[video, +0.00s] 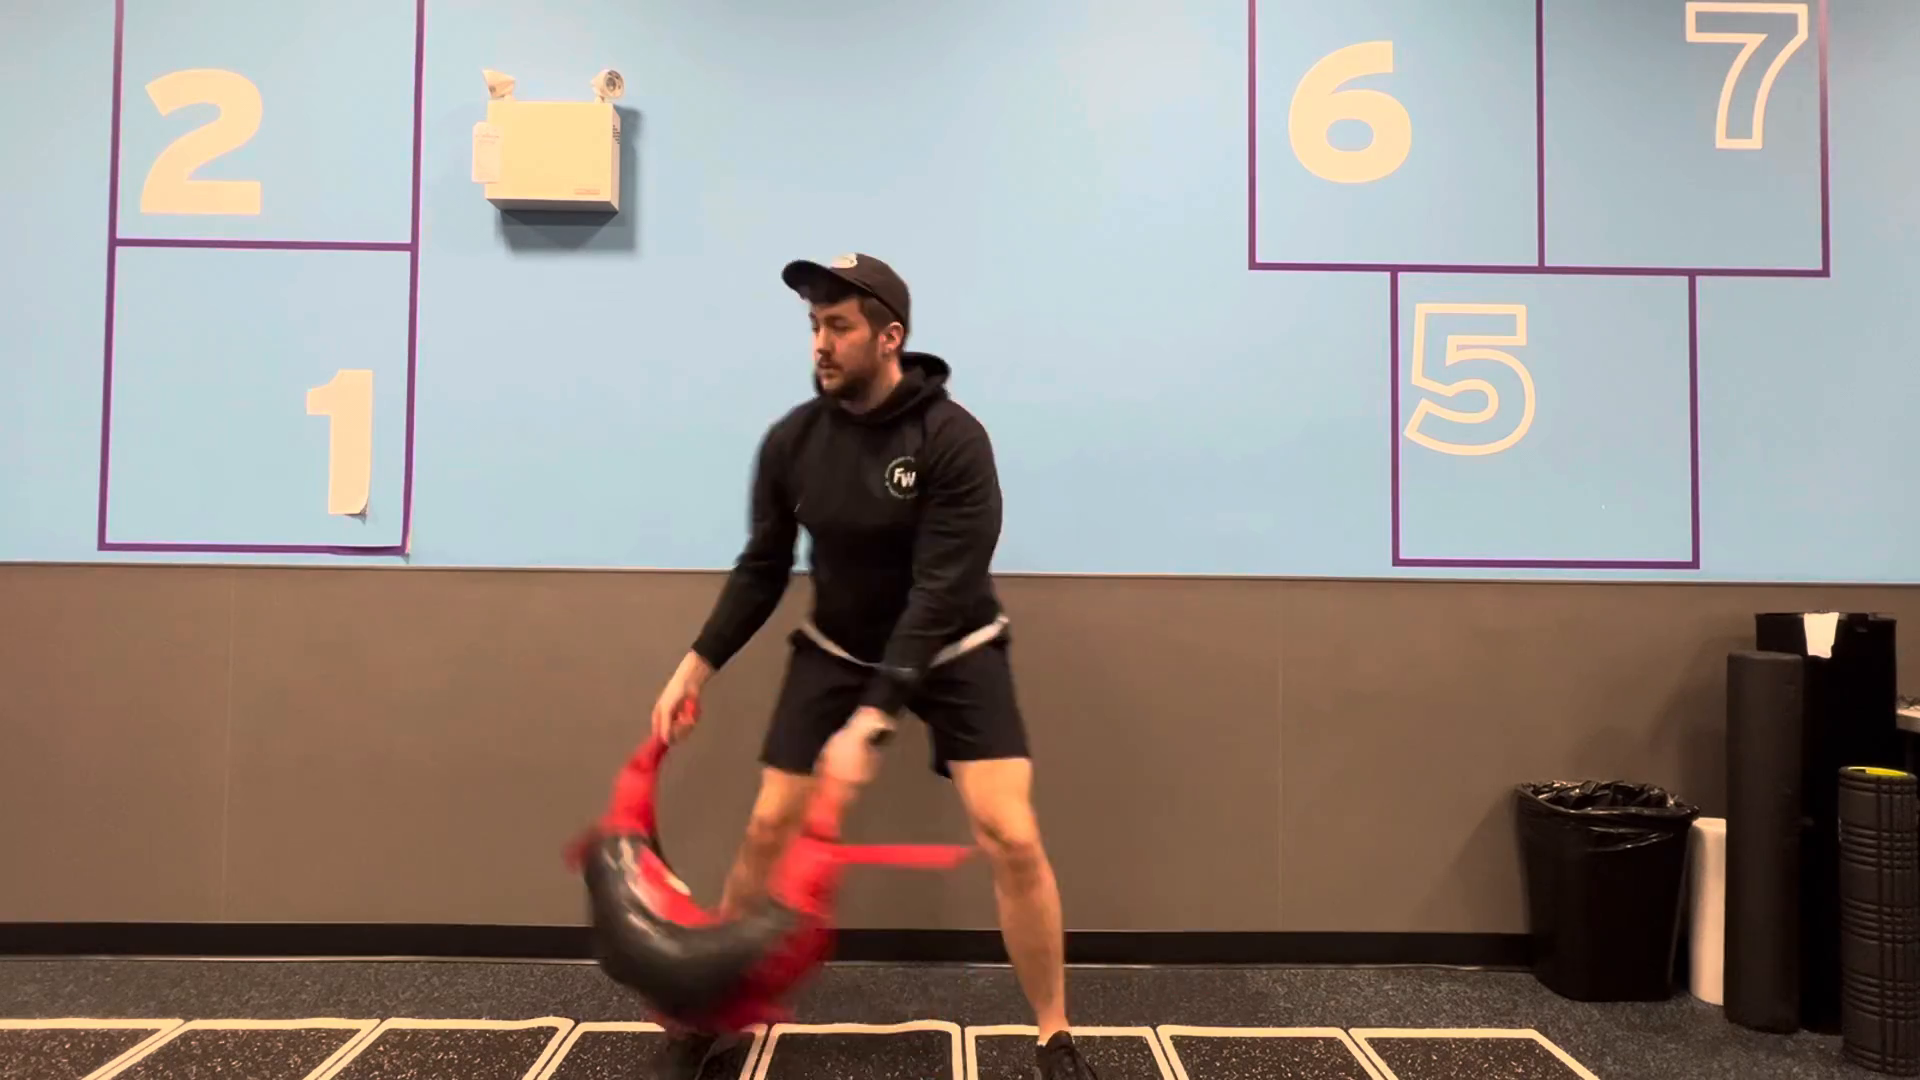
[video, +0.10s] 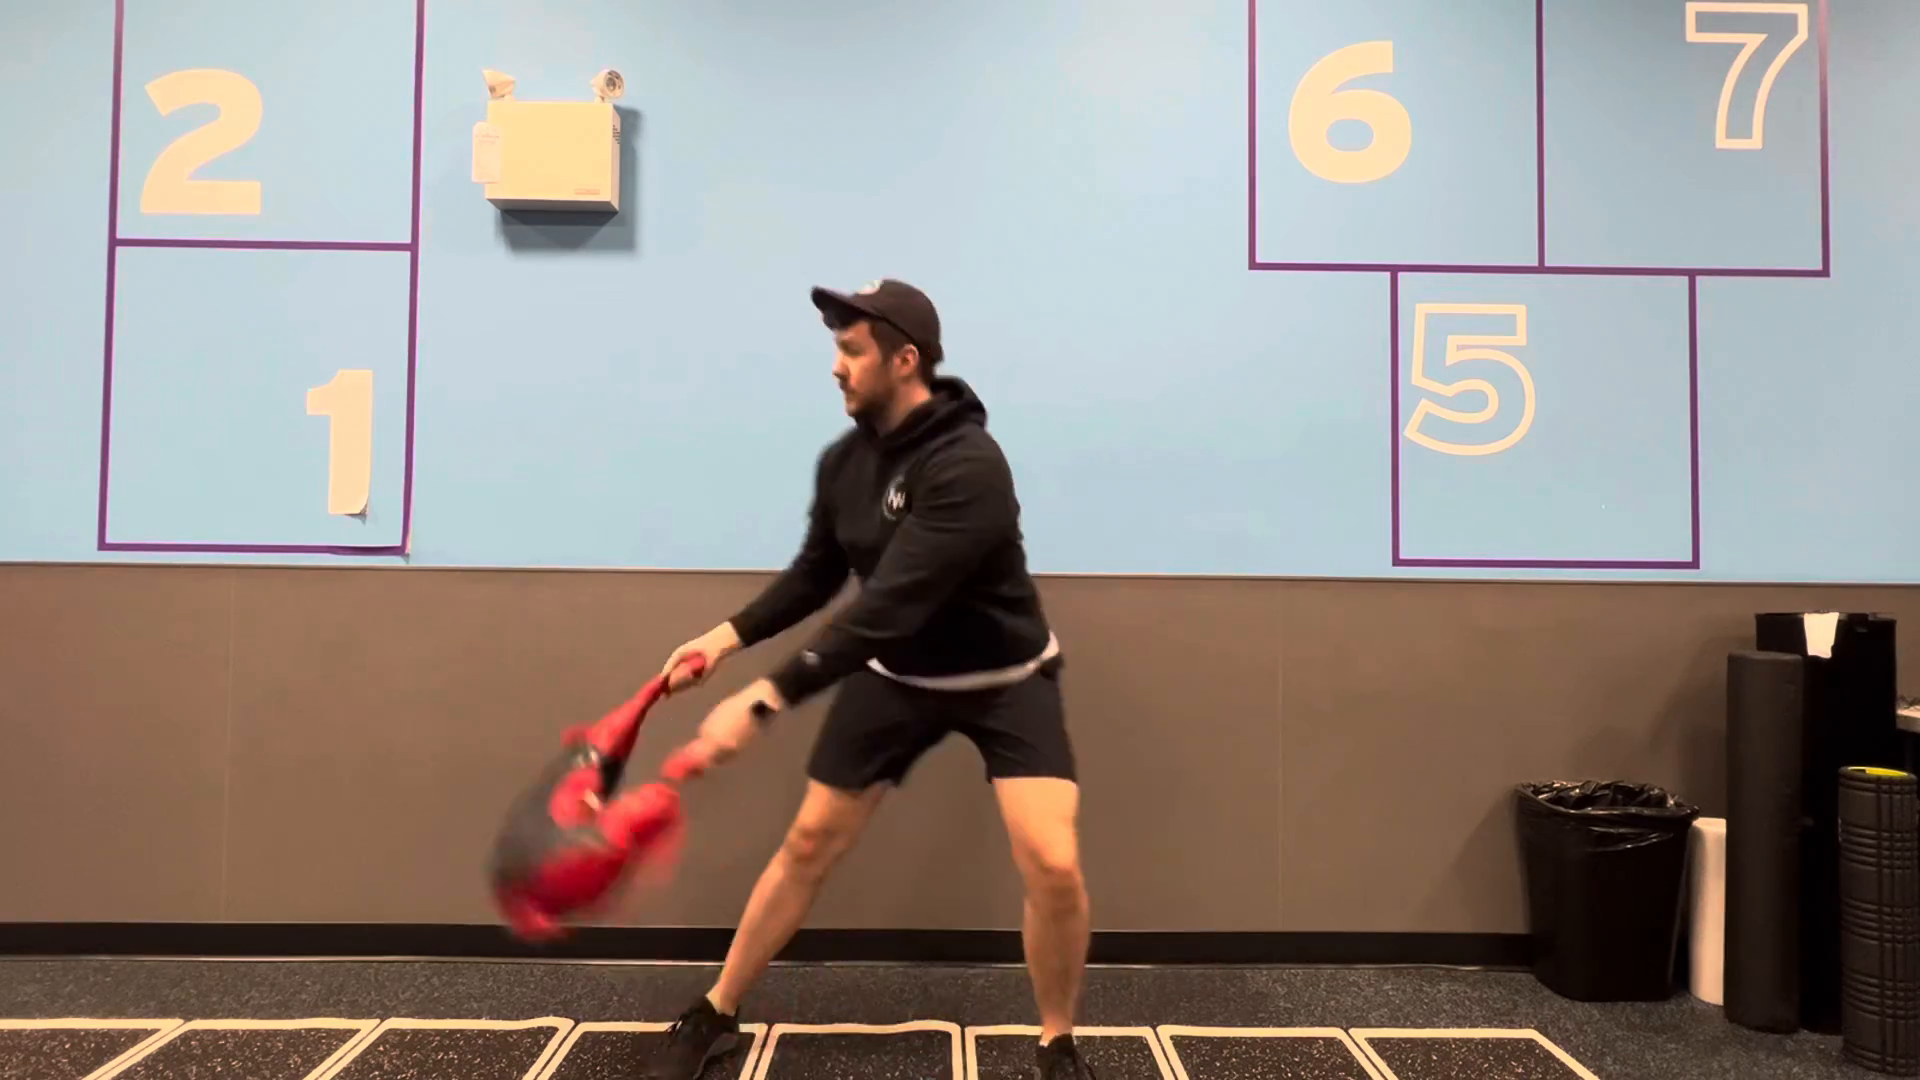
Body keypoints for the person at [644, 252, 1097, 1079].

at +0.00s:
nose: (819, 343)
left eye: (838, 327)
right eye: (815, 326)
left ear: (890, 336)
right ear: (812, 332)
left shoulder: (952, 442)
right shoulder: (790, 443)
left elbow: (939, 596)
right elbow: (761, 567)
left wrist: (867, 721)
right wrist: (695, 666)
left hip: (953, 647)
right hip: (839, 647)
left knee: (1012, 837)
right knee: (767, 824)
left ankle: (1055, 1037)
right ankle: (715, 1015)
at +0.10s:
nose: (837, 367)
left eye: (852, 352)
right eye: (837, 351)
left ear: (908, 358)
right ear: (879, 361)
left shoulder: (969, 468)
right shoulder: (844, 462)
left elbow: (884, 607)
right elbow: (816, 571)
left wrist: (759, 699)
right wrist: (722, 636)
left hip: (1008, 679)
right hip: (893, 673)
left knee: (1054, 864)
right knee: (808, 843)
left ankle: (1059, 1046)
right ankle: (717, 1012)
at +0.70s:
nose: (899, 385)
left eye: (916, 369)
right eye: (894, 369)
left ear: (969, 376)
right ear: (891, 374)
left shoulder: (1012, 479)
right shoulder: (882, 470)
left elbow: (935, 614)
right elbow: (847, 572)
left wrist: (806, 684)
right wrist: (760, 639)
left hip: (1029, 685)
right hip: (916, 682)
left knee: (1069, 872)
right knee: (820, 851)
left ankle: (1058, 1046)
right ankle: (718, 1011)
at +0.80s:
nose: (899, 372)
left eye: (917, 353)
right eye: (888, 354)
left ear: (959, 350)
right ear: (876, 355)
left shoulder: (1009, 453)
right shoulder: (854, 443)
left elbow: (977, 597)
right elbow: (813, 555)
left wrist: (900, 706)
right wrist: (747, 648)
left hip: (996, 664)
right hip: (879, 660)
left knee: (1041, 844)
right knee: (799, 832)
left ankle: (1056, 1042)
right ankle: (717, 1009)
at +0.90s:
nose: (888, 354)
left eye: (903, 337)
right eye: (873, 338)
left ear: (930, 336)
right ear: (849, 339)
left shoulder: (977, 434)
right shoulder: (809, 431)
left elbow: (997, 569)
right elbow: (772, 563)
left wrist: (1000, 698)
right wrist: (767, 694)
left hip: (954, 655)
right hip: (836, 654)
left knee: (1006, 817)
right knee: (782, 823)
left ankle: (1061, 1028)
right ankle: (717, 1004)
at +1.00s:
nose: (872, 365)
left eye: (885, 347)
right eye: (854, 350)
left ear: (904, 342)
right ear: (820, 348)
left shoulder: (943, 423)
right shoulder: (777, 439)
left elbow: (1007, 540)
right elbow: (776, 582)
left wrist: (1071, 650)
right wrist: (842, 696)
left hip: (921, 643)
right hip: (806, 649)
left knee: (983, 814)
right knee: (756, 826)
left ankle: (1054, 1011)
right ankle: (713, 1009)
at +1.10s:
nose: (872, 384)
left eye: (885, 365)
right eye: (854, 367)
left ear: (901, 354)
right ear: (813, 359)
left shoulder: (929, 425)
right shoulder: (772, 448)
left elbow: (1000, 520)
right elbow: (813, 588)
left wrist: (1084, 608)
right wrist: (924, 673)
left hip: (910, 647)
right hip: (798, 653)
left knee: (971, 816)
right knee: (750, 832)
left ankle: (1047, 1007)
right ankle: (712, 1009)